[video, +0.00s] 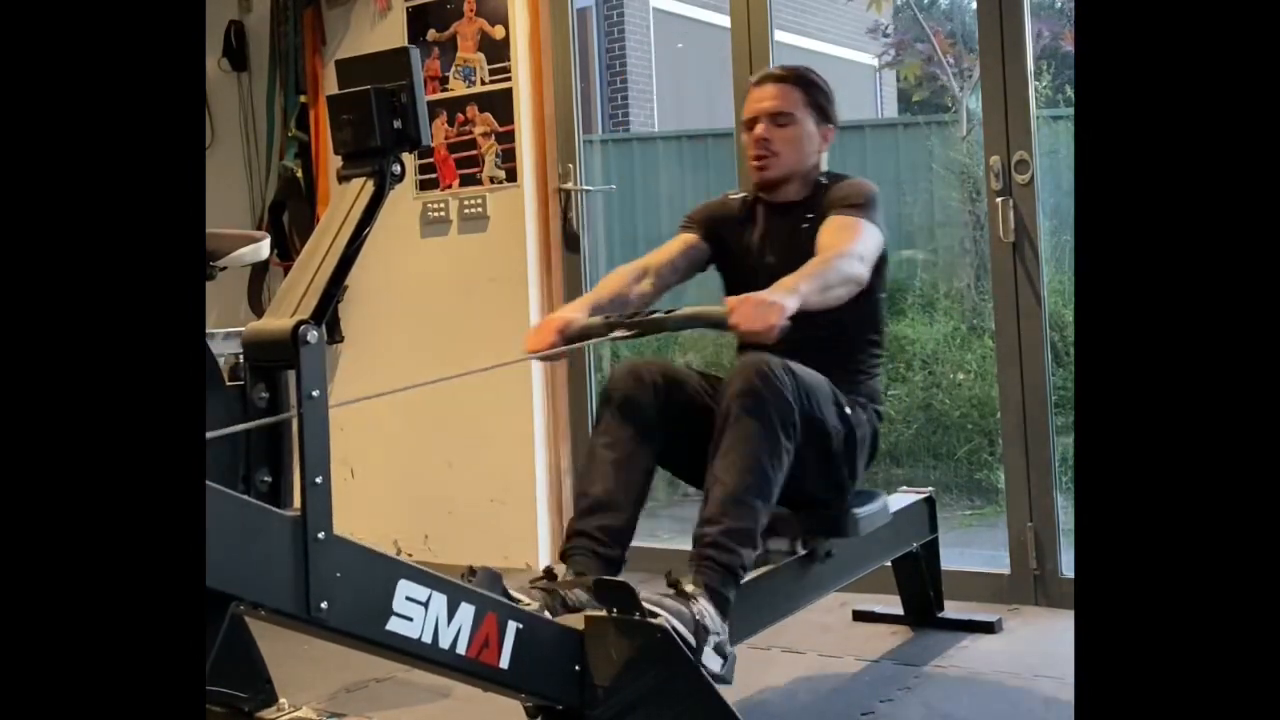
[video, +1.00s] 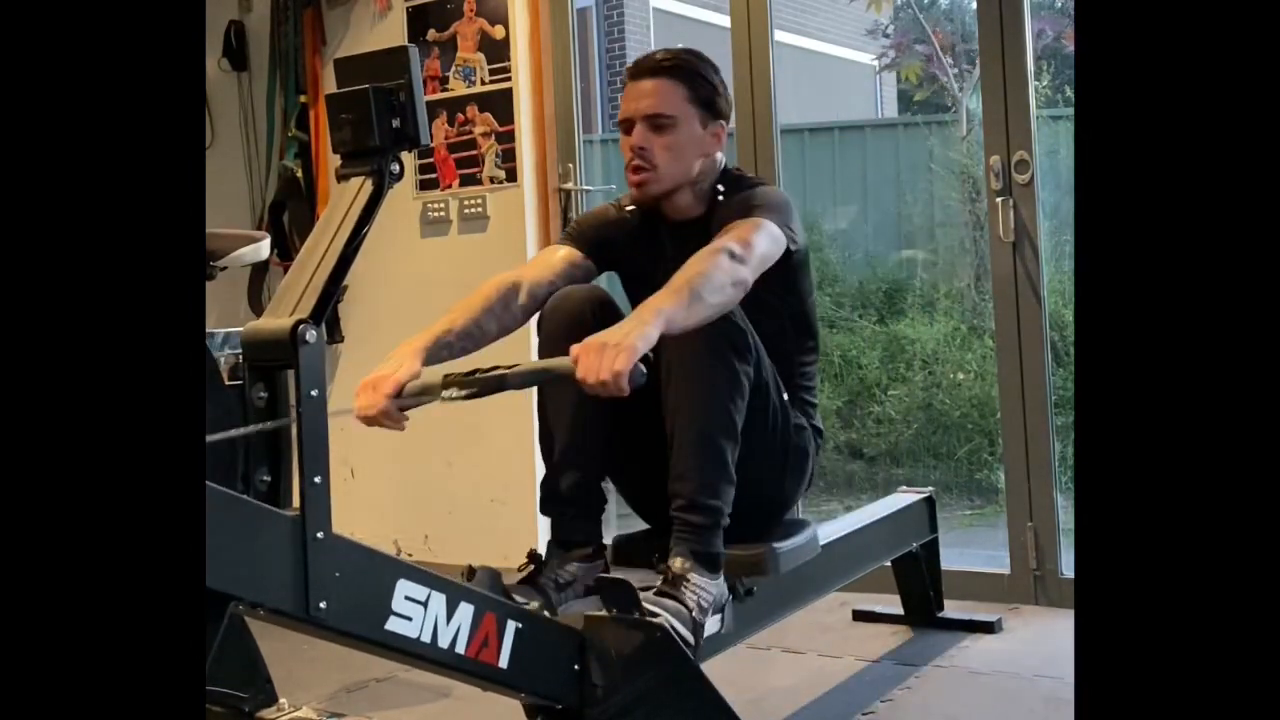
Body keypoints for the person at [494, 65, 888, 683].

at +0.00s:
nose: (758, 135)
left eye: (779, 121)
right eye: (749, 124)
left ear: (825, 136)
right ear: (740, 136)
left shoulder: (851, 200)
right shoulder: (724, 217)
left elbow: (844, 264)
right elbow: (646, 276)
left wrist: (786, 294)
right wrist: (574, 314)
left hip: (836, 438)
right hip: (746, 426)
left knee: (760, 371)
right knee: (637, 381)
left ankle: (707, 606)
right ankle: (582, 580)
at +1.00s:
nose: (635, 145)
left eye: (659, 126)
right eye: (627, 127)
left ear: (716, 137)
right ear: (618, 134)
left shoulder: (764, 207)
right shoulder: (618, 227)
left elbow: (732, 267)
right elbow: (522, 291)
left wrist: (645, 322)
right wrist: (416, 352)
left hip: (763, 477)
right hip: (662, 475)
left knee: (705, 318)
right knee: (575, 306)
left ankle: (695, 572)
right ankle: (574, 558)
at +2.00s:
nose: (724, 144)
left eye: (743, 126)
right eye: (714, 129)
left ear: (791, 136)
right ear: (704, 137)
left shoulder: (827, 204)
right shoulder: (696, 222)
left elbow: (865, 253)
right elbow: (609, 273)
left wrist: (764, 271)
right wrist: (537, 303)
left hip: (806, 470)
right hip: (712, 466)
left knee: (733, 340)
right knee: (596, 348)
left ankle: (708, 590)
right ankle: (579, 570)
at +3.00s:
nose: (794, 178)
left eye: (812, 162)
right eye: (785, 164)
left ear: (854, 163)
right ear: (779, 169)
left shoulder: (905, 233)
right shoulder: (773, 243)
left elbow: (1016, 301)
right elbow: (730, 304)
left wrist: (931, 290)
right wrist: (716, 315)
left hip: (857, 429)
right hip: (764, 421)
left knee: (769, 404)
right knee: (666, 401)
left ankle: (716, 615)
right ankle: (593, 583)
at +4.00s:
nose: (809, 149)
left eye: (828, 136)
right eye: (801, 138)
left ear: (871, 147)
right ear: (792, 149)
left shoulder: (896, 209)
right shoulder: (774, 220)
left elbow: (902, 267)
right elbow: (699, 272)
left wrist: (843, 283)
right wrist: (639, 302)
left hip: (862, 403)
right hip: (774, 393)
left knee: (785, 431)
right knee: (670, 423)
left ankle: (712, 617)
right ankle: (585, 583)